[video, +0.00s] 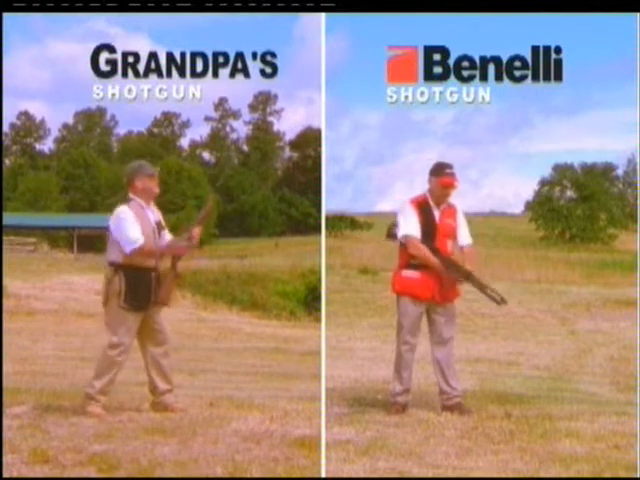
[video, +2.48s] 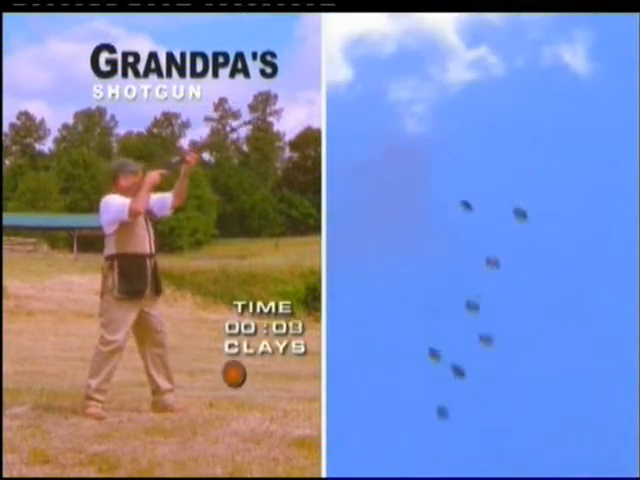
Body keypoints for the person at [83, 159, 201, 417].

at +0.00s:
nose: (157, 186)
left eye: (156, 181)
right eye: (151, 181)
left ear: (152, 185)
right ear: (135, 184)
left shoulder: (153, 212)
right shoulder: (123, 214)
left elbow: (165, 243)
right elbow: (135, 249)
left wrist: (186, 241)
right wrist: (170, 250)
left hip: (148, 276)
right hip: (125, 277)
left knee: (157, 341)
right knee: (120, 342)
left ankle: (162, 396)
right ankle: (94, 398)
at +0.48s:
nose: (154, 186)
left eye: (153, 181)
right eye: (149, 181)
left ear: (143, 186)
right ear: (133, 186)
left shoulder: (152, 212)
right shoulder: (116, 217)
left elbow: (158, 246)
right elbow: (92, 253)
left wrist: (180, 244)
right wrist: (75, 283)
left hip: (147, 279)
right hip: (120, 280)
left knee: (156, 339)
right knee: (118, 342)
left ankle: (161, 397)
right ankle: (92, 398)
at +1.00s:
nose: (164, 187)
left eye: (163, 182)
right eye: (160, 182)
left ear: (149, 187)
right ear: (145, 186)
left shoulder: (155, 213)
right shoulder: (145, 216)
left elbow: (179, 237)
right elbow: (167, 247)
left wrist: (212, 229)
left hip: (149, 276)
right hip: (131, 277)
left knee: (163, 338)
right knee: (127, 340)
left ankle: (164, 395)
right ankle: (95, 396)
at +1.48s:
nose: (138, 176)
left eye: (139, 172)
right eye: (132, 172)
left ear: (138, 177)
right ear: (119, 178)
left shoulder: (144, 197)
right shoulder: (115, 202)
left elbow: (177, 192)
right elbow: (143, 204)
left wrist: (191, 162)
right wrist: (153, 174)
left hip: (152, 262)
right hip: (128, 265)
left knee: (160, 336)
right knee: (118, 336)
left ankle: (163, 396)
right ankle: (97, 398)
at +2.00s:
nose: (130, 179)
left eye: (130, 175)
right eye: (123, 175)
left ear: (130, 180)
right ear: (109, 182)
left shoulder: (136, 199)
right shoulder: (105, 204)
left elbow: (170, 194)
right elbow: (134, 208)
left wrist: (176, 161)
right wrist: (140, 179)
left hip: (144, 269)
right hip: (119, 272)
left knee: (154, 339)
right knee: (111, 339)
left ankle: (162, 395)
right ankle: (95, 398)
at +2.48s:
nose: (139, 183)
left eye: (140, 178)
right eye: (134, 178)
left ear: (137, 181)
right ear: (119, 180)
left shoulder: (141, 201)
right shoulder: (109, 202)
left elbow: (175, 200)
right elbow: (136, 210)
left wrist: (186, 171)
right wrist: (148, 183)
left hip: (146, 266)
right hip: (120, 268)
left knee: (155, 336)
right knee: (112, 340)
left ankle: (162, 396)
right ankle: (94, 399)